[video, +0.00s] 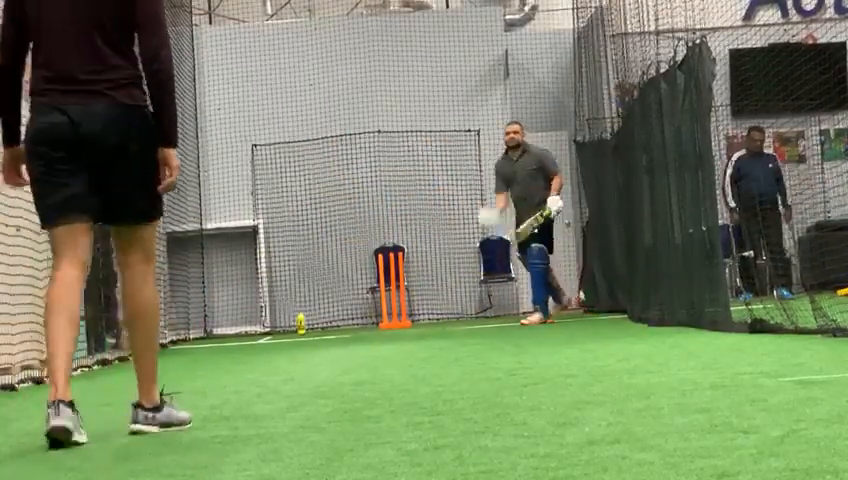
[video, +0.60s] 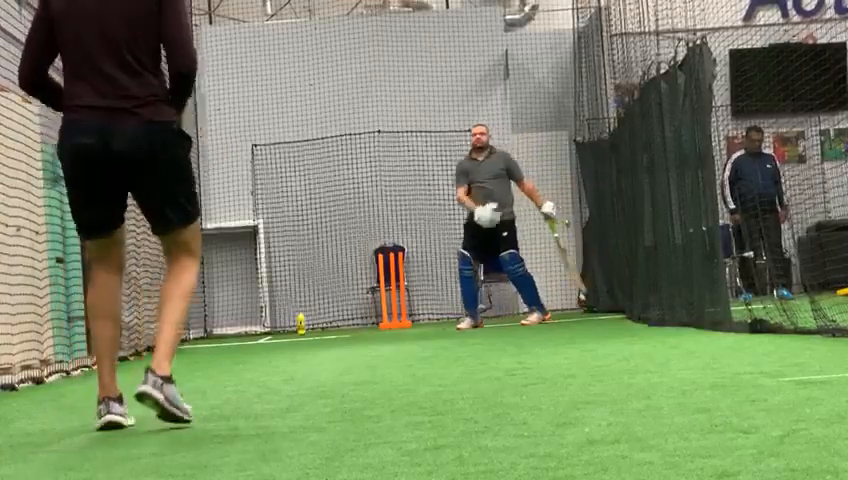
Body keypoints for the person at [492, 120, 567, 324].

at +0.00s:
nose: (511, 137)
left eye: (515, 133)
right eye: (507, 134)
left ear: (523, 135)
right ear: (504, 137)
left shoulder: (539, 155)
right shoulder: (502, 165)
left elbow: (557, 177)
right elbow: (502, 194)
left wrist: (553, 197)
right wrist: (496, 212)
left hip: (542, 213)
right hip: (522, 216)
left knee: (539, 258)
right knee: (526, 257)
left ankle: (540, 309)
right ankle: (560, 297)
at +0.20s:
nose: (509, 142)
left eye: (511, 138)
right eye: (505, 139)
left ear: (515, 136)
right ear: (499, 138)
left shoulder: (531, 154)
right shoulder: (495, 156)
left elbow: (550, 176)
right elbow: (486, 162)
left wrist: (559, 193)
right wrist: (492, 150)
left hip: (530, 216)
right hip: (508, 217)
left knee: (529, 261)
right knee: (509, 263)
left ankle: (538, 310)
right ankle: (521, 304)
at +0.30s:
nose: (498, 133)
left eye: (501, 129)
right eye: (495, 130)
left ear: (512, 133)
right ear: (492, 135)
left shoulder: (526, 154)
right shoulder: (490, 155)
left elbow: (543, 177)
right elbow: (483, 160)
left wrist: (558, 196)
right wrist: (496, 144)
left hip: (524, 217)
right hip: (500, 217)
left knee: (527, 261)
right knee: (497, 263)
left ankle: (539, 311)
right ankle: (500, 308)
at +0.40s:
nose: (495, 133)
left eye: (499, 129)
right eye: (492, 130)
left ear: (506, 133)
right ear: (486, 134)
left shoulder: (519, 154)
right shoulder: (482, 155)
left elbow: (537, 180)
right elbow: (478, 167)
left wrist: (555, 201)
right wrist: (496, 154)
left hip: (518, 217)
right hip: (493, 217)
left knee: (523, 260)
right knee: (482, 260)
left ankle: (539, 311)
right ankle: (481, 312)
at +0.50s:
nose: (488, 135)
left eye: (492, 132)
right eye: (485, 132)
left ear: (498, 136)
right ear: (479, 137)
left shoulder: (512, 156)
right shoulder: (474, 160)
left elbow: (531, 182)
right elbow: (469, 184)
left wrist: (549, 202)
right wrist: (488, 181)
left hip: (511, 219)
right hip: (485, 221)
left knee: (518, 262)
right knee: (473, 261)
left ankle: (539, 311)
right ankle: (472, 316)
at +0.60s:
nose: (477, 138)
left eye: (481, 134)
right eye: (474, 135)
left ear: (488, 137)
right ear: (470, 139)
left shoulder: (503, 158)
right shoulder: (464, 165)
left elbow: (523, 184)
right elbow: (461, 194)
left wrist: (542, 204)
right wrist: (476, 209)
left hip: (503, 221)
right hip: (476, 223)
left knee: (511, 263)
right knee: (466, 263)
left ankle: (538, 311)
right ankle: (472, 317)